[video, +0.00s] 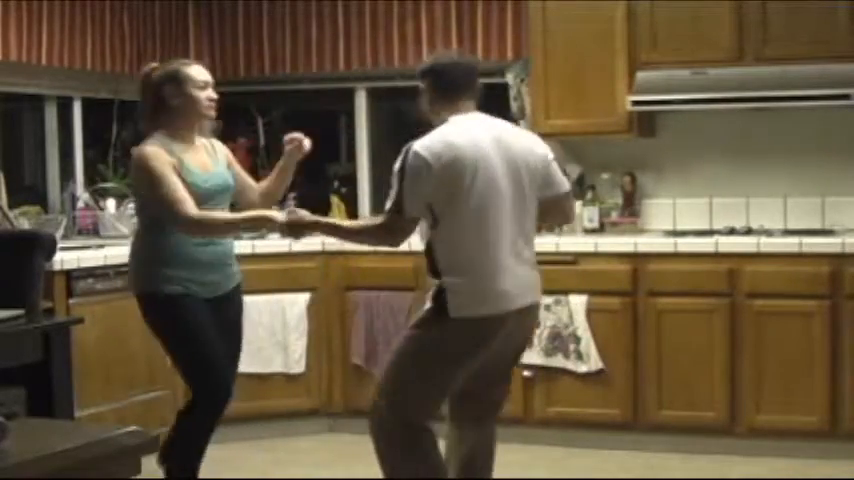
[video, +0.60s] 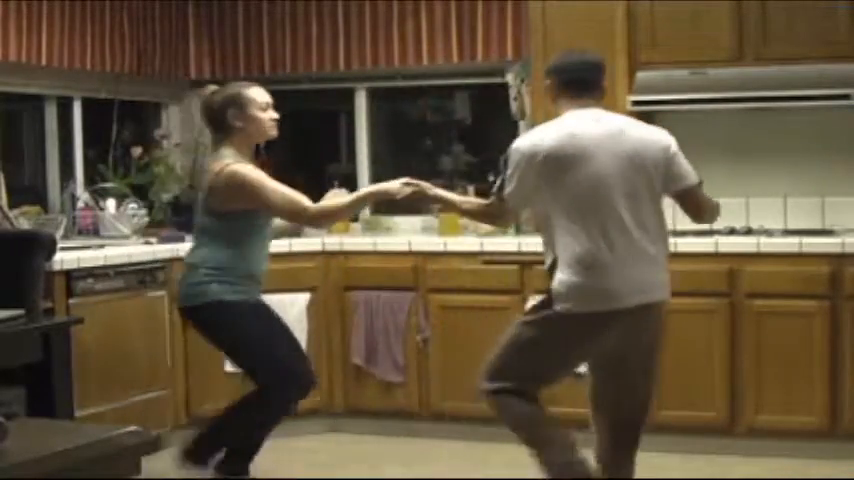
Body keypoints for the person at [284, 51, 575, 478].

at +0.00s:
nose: (421, 105)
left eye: (421, 95)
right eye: (422, 95)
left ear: (430, 95)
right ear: (476, 93)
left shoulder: (426, 152)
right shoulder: (526, 142)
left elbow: (392, 233)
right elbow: (562, 210)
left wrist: (315, 224)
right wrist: (502, 215)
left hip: (465, 312)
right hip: (523, 308)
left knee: (395, 416)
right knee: (475, 416)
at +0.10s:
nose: (438, 105)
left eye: (440, 98)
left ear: (445, 97)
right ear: (494, 93)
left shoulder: (435, 152)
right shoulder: (544, 142)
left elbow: (391, 225)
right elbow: (585, 208)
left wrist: (320, 196)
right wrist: (536, 215)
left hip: (474, 309)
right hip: (539, 305)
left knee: (411, 418)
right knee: (491, 420)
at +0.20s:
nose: (523, 99)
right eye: (522, 93)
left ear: (467, 100)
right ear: (517, 94)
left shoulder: (447, 150)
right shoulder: (563, 145)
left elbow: (395, 210)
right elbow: (606, 213)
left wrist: (346, 160)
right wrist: (611, 195)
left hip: (484, 306)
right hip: (554, 304)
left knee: (438, 418)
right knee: (515, 406)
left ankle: (443, 473)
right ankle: (488, 473)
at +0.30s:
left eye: (488, 94)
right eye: (541, 92)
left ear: (491, 96)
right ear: (541, 92)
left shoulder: (471, 151)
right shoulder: (589, 147)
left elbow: (428, 205)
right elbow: (622, 219)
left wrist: (384, 165)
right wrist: (630, 199)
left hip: (504, 309)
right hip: (572, 307)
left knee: (449, 424)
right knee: (548, 395)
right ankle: (556, 474)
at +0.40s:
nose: (513, 104)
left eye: (513, 97)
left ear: (519, 98)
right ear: (568, 95)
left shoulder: (500, 151)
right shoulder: (619, 147)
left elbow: (466, 213)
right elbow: (649, 220)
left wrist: (409, 195)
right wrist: (670, 221)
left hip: (533, 313)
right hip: (601, 310)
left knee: (470, 420)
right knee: (587, 413)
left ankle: (456, 474)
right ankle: (612, 474)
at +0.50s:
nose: (529, 104)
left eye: (531, 96)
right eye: (531, 96)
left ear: (542, 96)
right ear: (589, 94)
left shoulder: (522, 152)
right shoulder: (642, 143)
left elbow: (487, 217)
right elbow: (687, 216)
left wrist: (418, 200)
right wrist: (704, 221)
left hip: (563, 309)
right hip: (630, 307)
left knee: (483, 397)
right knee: (610, 433)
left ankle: (485, 475)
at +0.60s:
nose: (546, 95)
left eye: (546, 90)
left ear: (552, 90)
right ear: (603, 89)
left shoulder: (536, 146)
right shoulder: (653, 140)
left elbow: (497, 213)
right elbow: (703, 211)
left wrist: (430, 193)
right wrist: (703, 198)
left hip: (580, 302)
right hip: (647, 300)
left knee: (505, 386)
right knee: (620, 439)